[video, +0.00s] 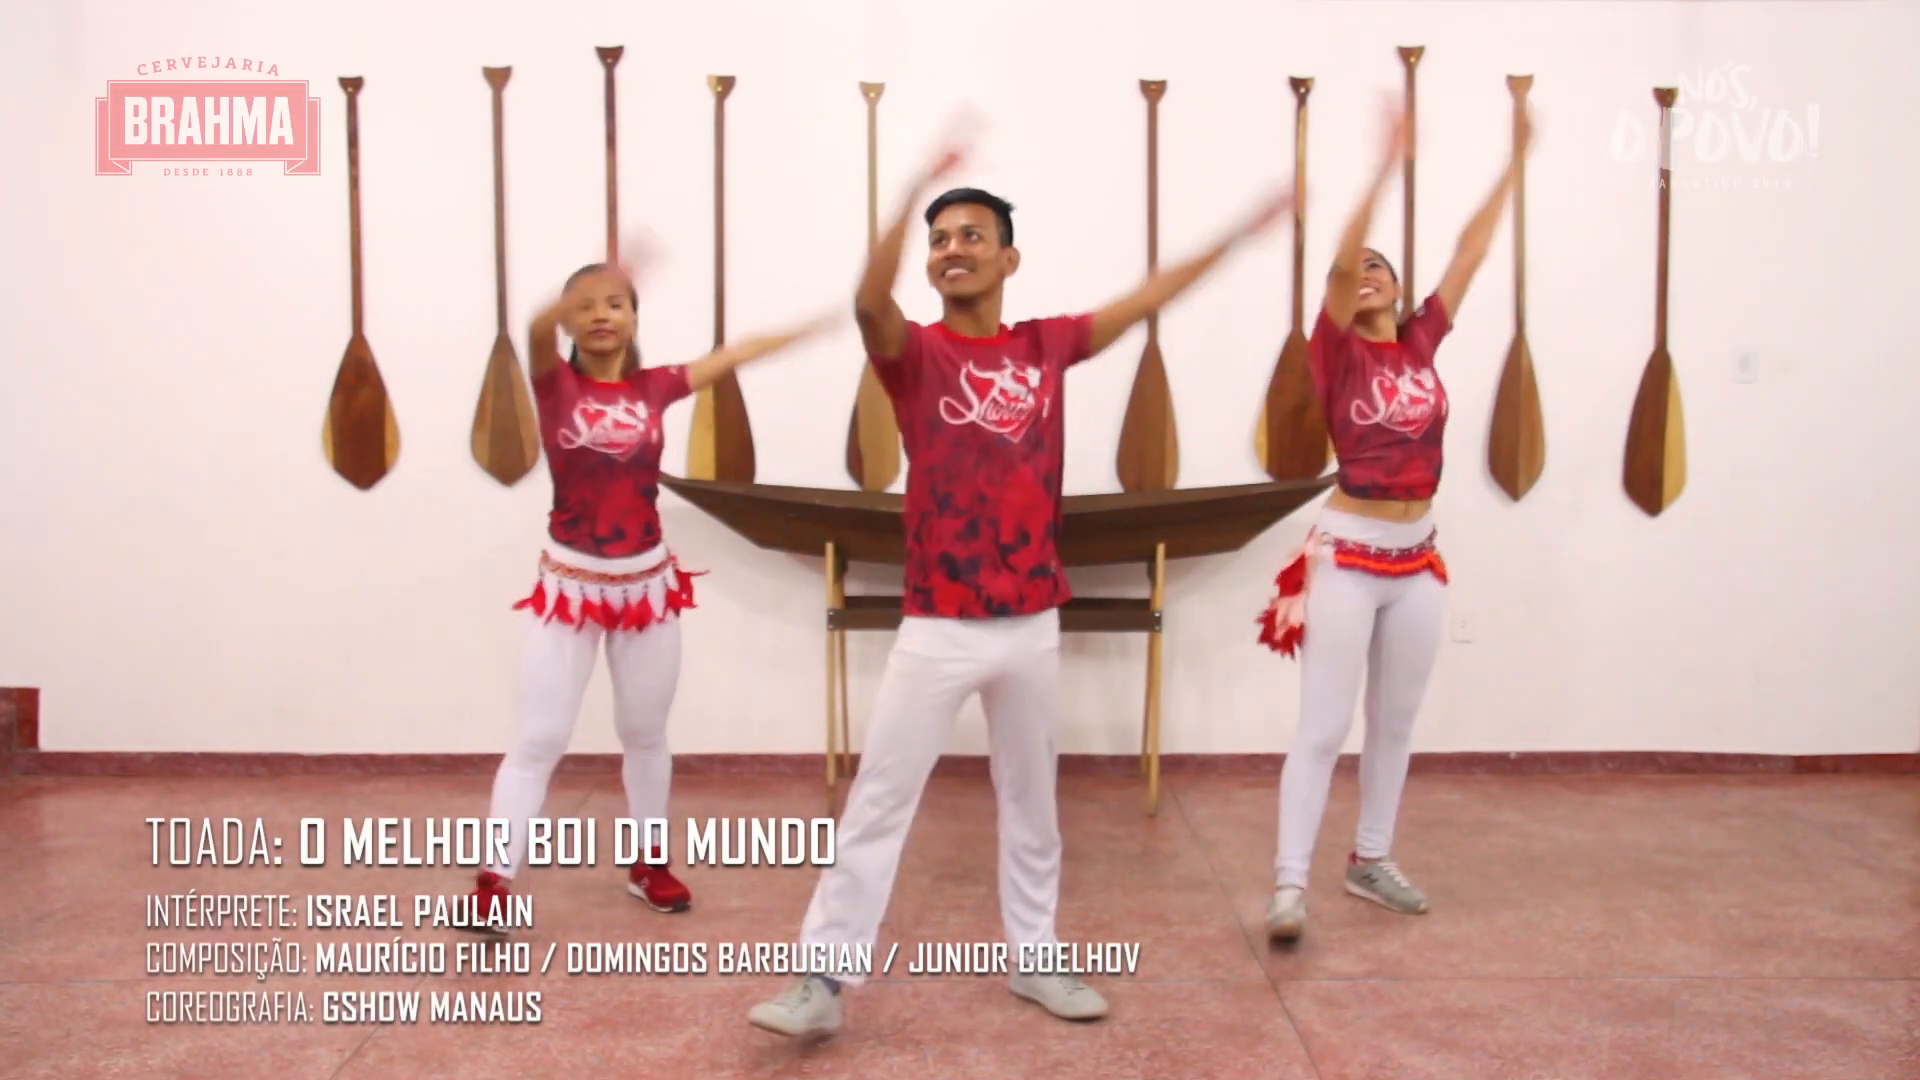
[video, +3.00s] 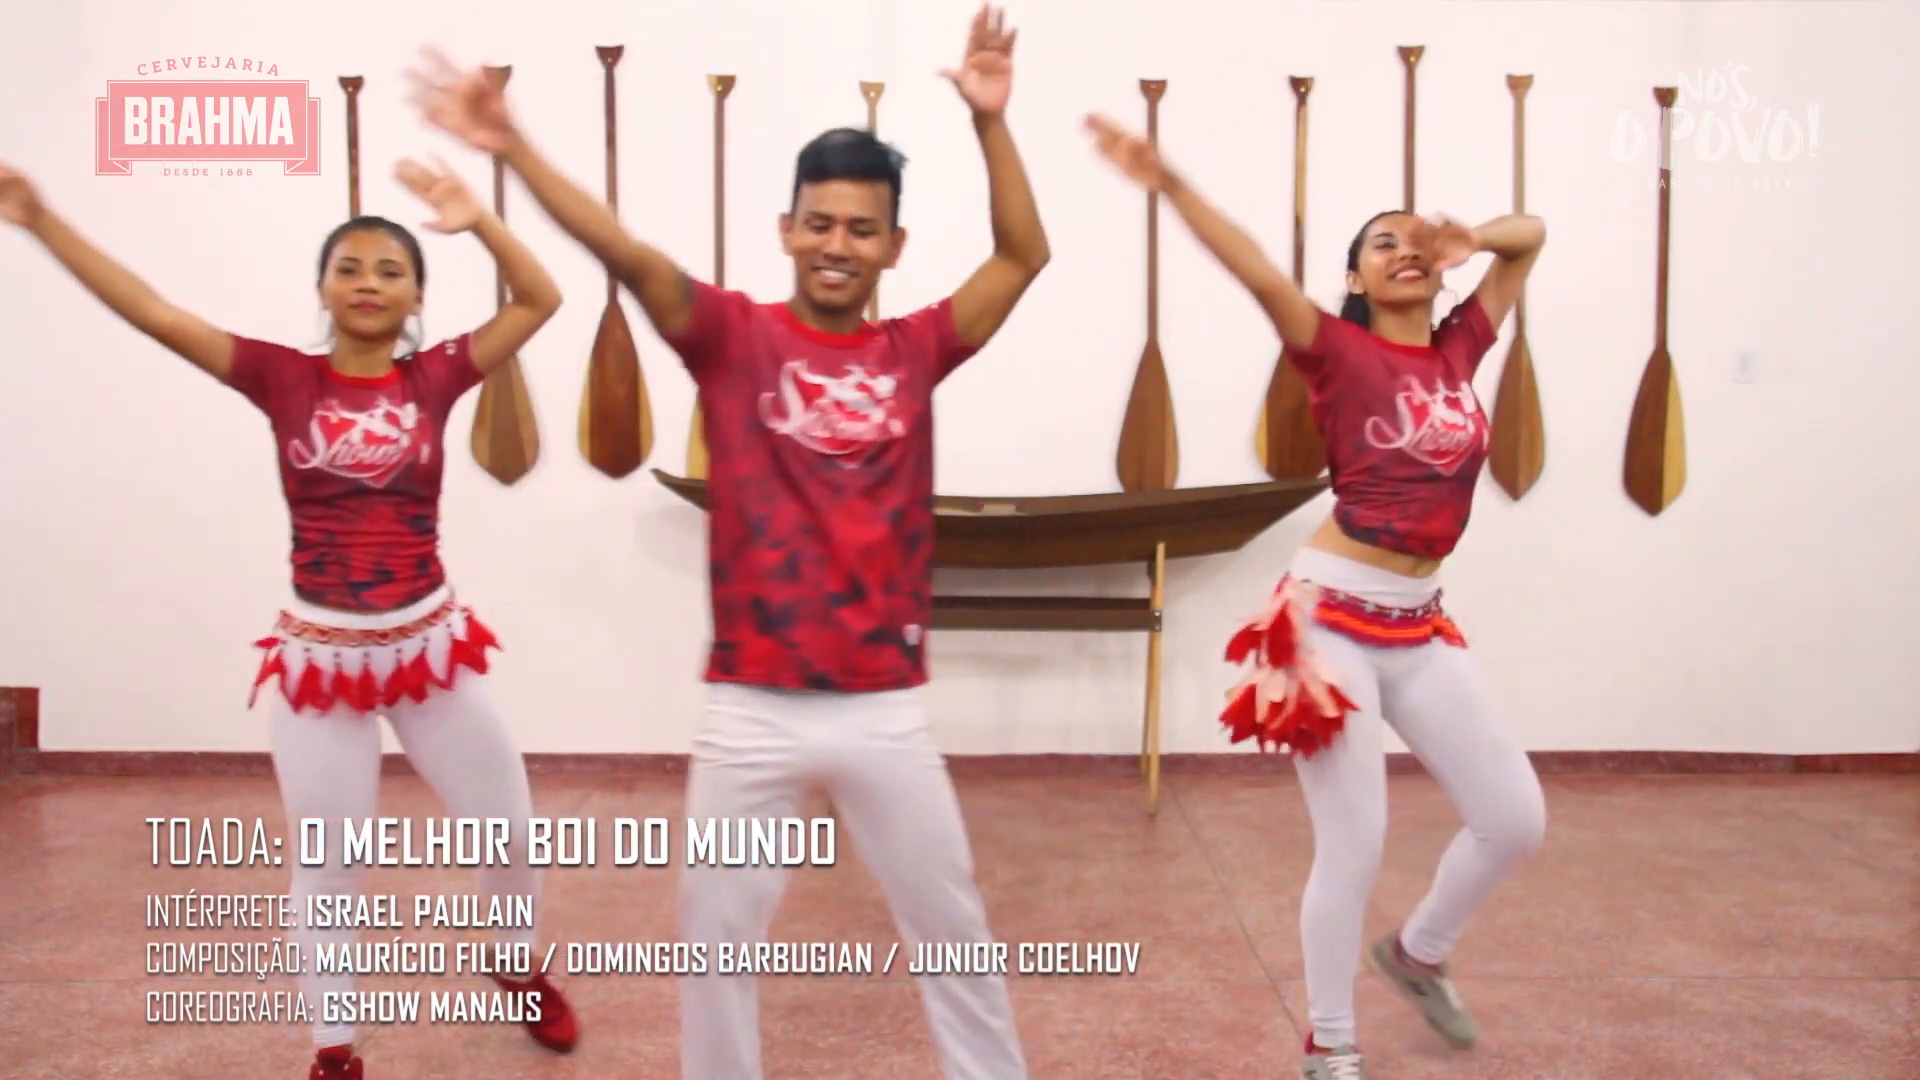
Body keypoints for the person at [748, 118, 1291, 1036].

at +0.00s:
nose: (954, 248)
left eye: (973, 235)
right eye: (942, 238)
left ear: (1009, 258)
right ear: (929, 265)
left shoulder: (1043, 344)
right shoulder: (914, 352)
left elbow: (1147, 297)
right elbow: (872, 301)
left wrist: (1239, 233)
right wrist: (906, 206)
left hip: (1029, 623)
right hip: (935, 624)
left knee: (1033, 803)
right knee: (878, 798)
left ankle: (1035, 958)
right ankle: (819, 975)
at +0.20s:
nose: (922, 254)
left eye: (943, 242)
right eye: (912, 243)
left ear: (981, 265)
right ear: (899, 261)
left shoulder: (1006, 348)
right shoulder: (869, 349)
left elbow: (1077, 249)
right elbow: (803, 270)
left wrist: (1120, 138)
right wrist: (757, 163)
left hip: (994, 627)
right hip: (896, 630)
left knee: (1014, 805)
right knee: (850, 817)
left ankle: (1033, 956)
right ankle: (816, 998)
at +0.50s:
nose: (862, 240)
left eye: (883, 229)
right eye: (852, 228)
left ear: (924, 255)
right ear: (838, 248)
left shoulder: (944, 343)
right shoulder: (792, 338)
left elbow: (999, 242)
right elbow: (687, 282)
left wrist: (981, 123)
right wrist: (577, 217)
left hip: (915, 629)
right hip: (808, 630)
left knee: (982, 798)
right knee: (791, 827)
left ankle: (1044, 953)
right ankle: (807, 1006)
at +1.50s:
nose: (881, 265)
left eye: (900, 249)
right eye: (863, 249)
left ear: (931, 266)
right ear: (837, 264)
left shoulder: (955, 372)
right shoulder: (805, 358)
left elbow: (1019, 287)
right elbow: (727, 241)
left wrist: (1048, 172)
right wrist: (706, 102)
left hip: (910, 681)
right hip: (802, 669)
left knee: (953, 894)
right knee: (790, 855)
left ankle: (993, 1069)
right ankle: (801, 1011)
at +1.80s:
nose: (952, 240)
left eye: (973, 223)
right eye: (933, 223)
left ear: (1004, 241)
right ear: (904, 243)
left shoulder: (1033, 357)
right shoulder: (868, 337)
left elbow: (1134, 305)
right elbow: (791, 212)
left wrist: (1216, 226)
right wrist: (826, 75)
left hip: (1000, 687)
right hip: (887, 674)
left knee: (1012, 911)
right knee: (824, 865)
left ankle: (1016, 1070)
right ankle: (849, 1019)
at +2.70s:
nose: (902, 217)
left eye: (925, 200)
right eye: (885, 205)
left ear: (972, 233)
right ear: (866, 238)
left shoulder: (1000, 341)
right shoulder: (849, 341)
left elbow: (1090, 252)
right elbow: (765, 235)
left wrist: (1094, 115)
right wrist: (690, 83)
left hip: (1007, 698)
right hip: (891, 704)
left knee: (1018, 942)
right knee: (807, 936)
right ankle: (716, 1079)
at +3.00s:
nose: (837, 244)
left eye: (862, 228)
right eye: (819, 223)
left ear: (894, 245)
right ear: (787, 231)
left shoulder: (913, 351)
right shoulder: (733, 335)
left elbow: (1024, 253)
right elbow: (619, 248)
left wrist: (992, 119)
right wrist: (511, 140)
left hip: (883, 710)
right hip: (750, 710)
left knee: (958, 949)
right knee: (715, 959)